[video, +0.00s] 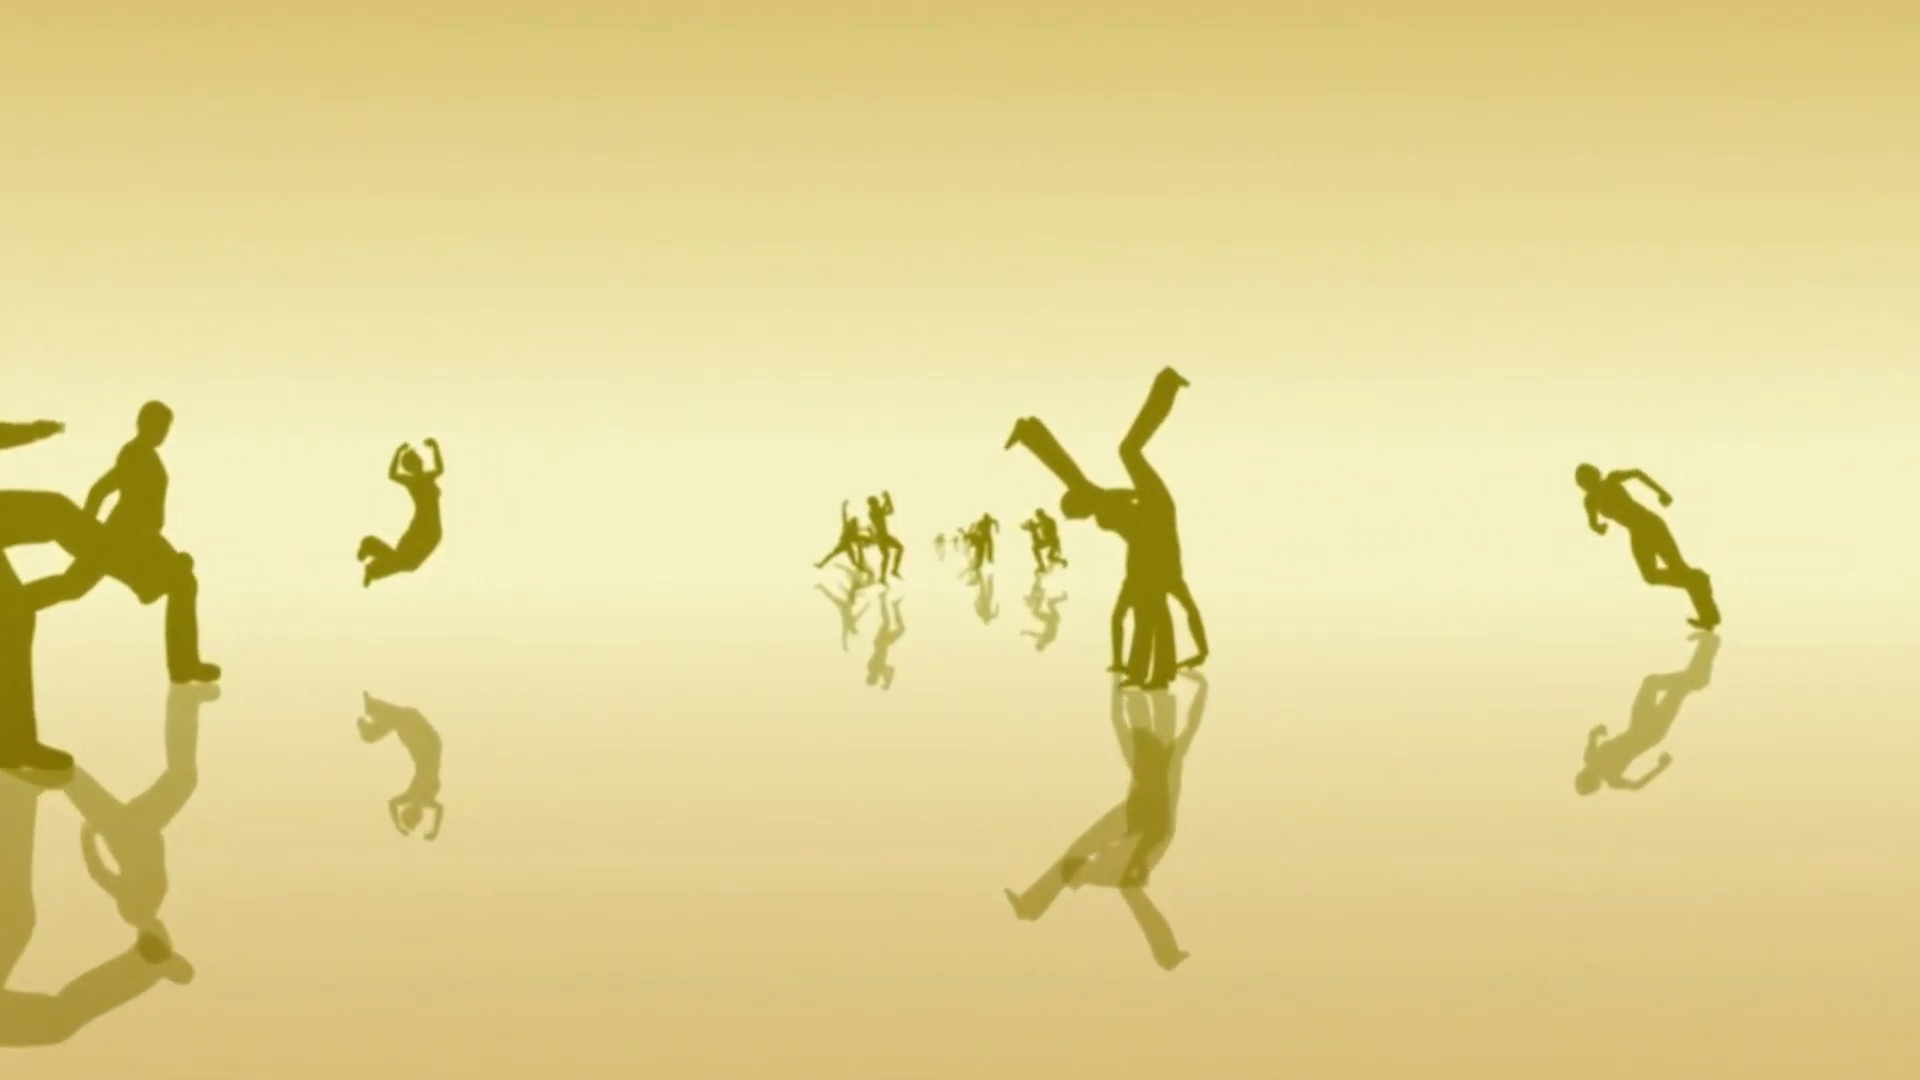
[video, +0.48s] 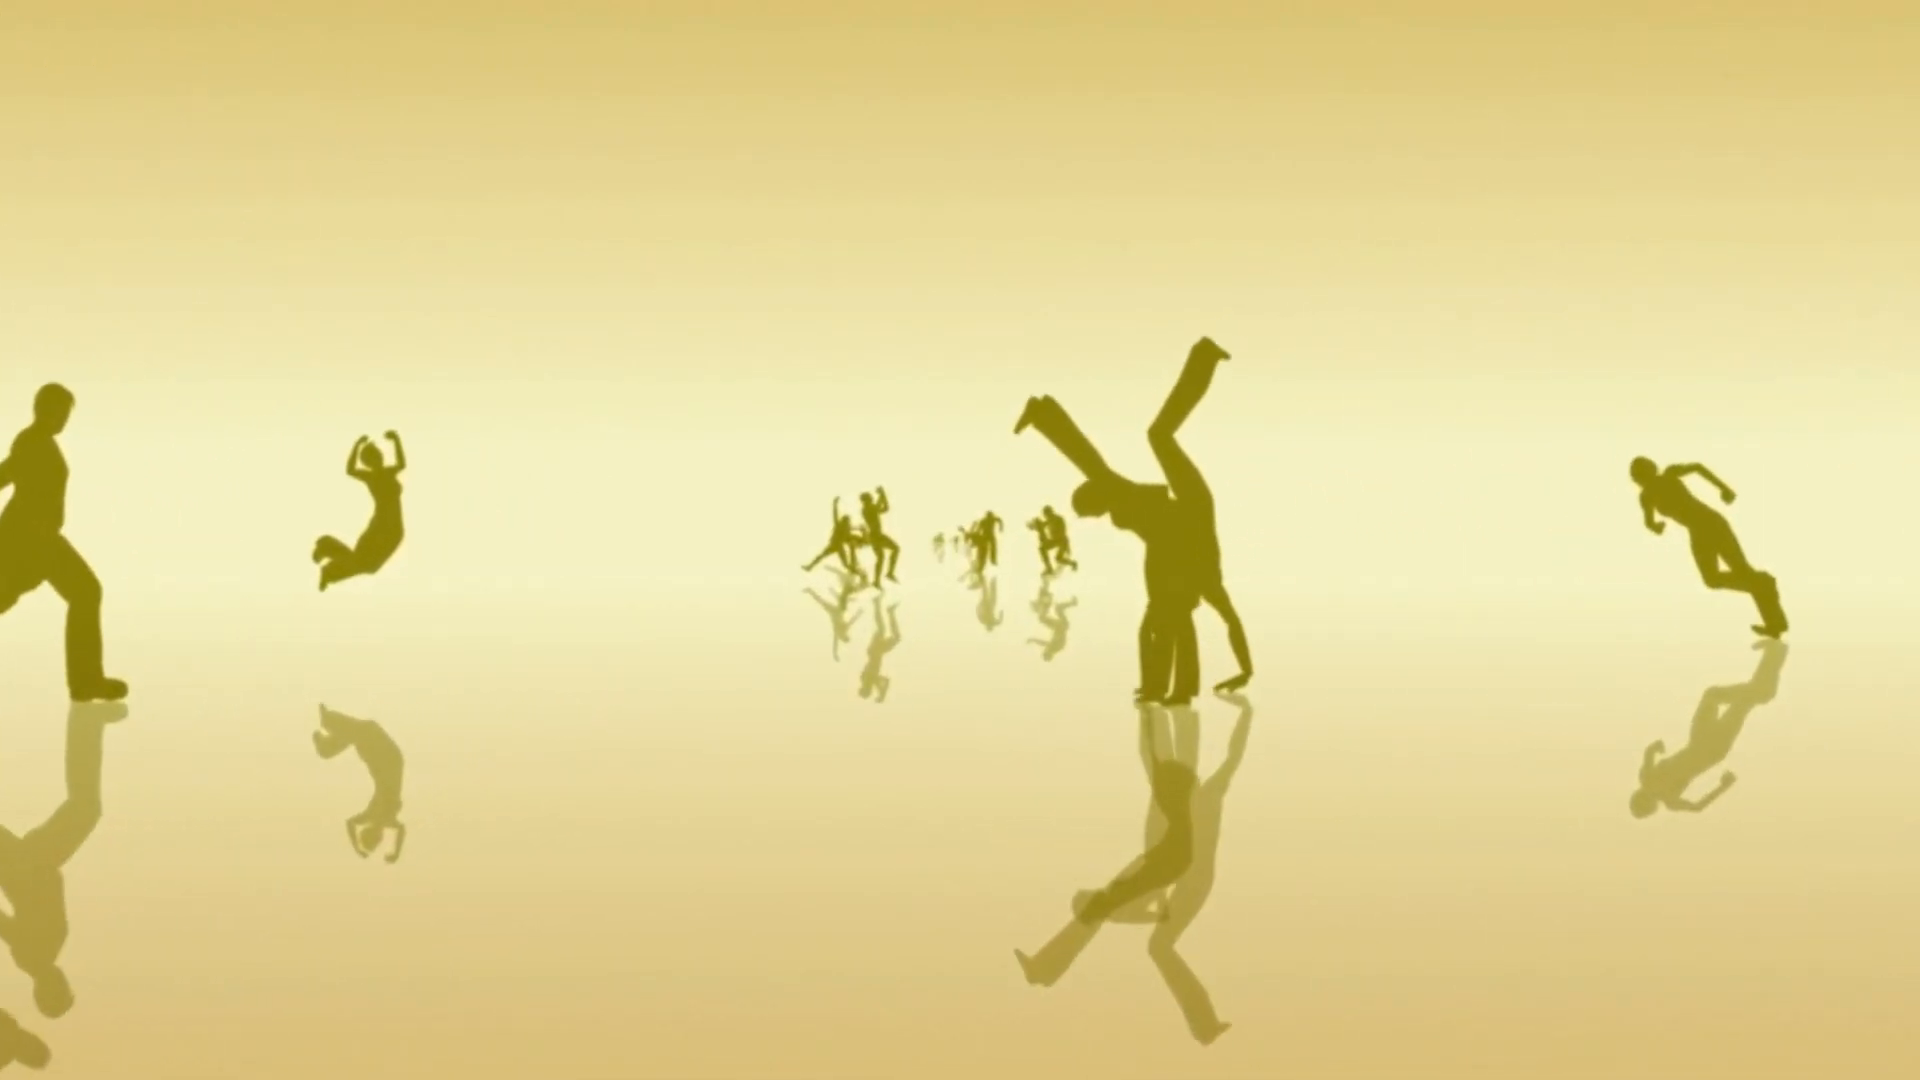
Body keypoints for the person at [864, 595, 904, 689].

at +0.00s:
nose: (874, 681)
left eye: (873, 681)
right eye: (873, 682)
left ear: (870, 677)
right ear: (872, 678)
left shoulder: (874, 666)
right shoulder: (879, 667)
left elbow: (890, 670)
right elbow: (890, 670)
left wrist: (887, 683)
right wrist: (887, 683)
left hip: (880, 641)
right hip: (886, 642)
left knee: (886, 622)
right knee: (901, 629)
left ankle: (882, 598)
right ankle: (896, 606)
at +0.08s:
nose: (872, 685)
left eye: (871, 685)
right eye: (871, 685)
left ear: (869, 680)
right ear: (871, 681)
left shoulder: (872, 669)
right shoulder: (877, 670)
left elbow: (889, 673)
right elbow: (889, 673)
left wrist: (885, 686)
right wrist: (886, 686)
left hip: (878, 643)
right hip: (884, 644)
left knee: (885, 624)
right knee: (900, 632)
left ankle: (881, 599)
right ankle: (895, 608)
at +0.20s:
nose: (871, 686)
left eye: (870, 686)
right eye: (870, 687)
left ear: (868, 682)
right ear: (869, 682)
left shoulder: (872, 670)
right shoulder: (876, 672)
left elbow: (888, 674)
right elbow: (888, 674)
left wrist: (885, 687)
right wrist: (885, 687)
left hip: (877, 644)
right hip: (883, 645)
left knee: (884, 625)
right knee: (900, 633)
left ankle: (880, 600)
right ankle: (894, 609)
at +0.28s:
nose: (870, 690)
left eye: (869, 689)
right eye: (869, 690)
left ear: (867, 685)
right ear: (868, 685)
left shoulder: (871, 673)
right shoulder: (874, 675)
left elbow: (887, 676)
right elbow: (887, 677)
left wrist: (883, 691)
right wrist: (884, 691)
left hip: (876, 646)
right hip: (882, 647)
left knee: (883, 626)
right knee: (898, 635)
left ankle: (879, 601)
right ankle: (893, 610)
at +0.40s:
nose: (870, 691)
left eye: (868, 691)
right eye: (869, 692)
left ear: (865, 686)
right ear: (867, 687)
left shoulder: (869, 674)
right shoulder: (873, 676)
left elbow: (886, 678)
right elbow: (885, 679)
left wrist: (883, 692)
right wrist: (883, 692)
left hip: (875, 647)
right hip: (881, 648)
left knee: (882, 627)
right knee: (898, 635)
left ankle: (878, 601)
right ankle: (893, 611)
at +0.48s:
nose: (867, 694)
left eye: (866, 694)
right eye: (866, 694)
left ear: (863, 689)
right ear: (865, 690)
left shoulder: (868, 677)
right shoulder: (872, 678)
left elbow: (885, 681)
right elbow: (884, 681)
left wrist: (881, 695)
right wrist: (881, 695)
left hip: (874, 649)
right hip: (880, 650)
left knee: (881, 628)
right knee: (896, 638)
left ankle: (877, 602)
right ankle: (891, 612)